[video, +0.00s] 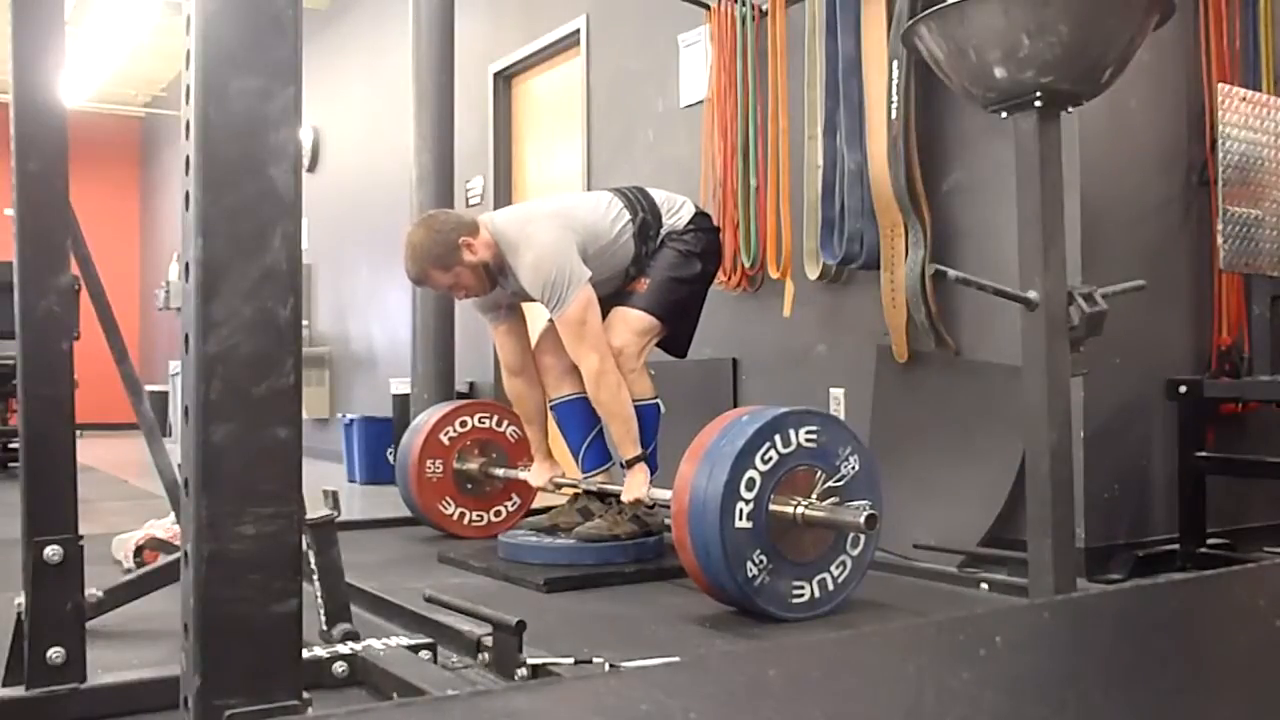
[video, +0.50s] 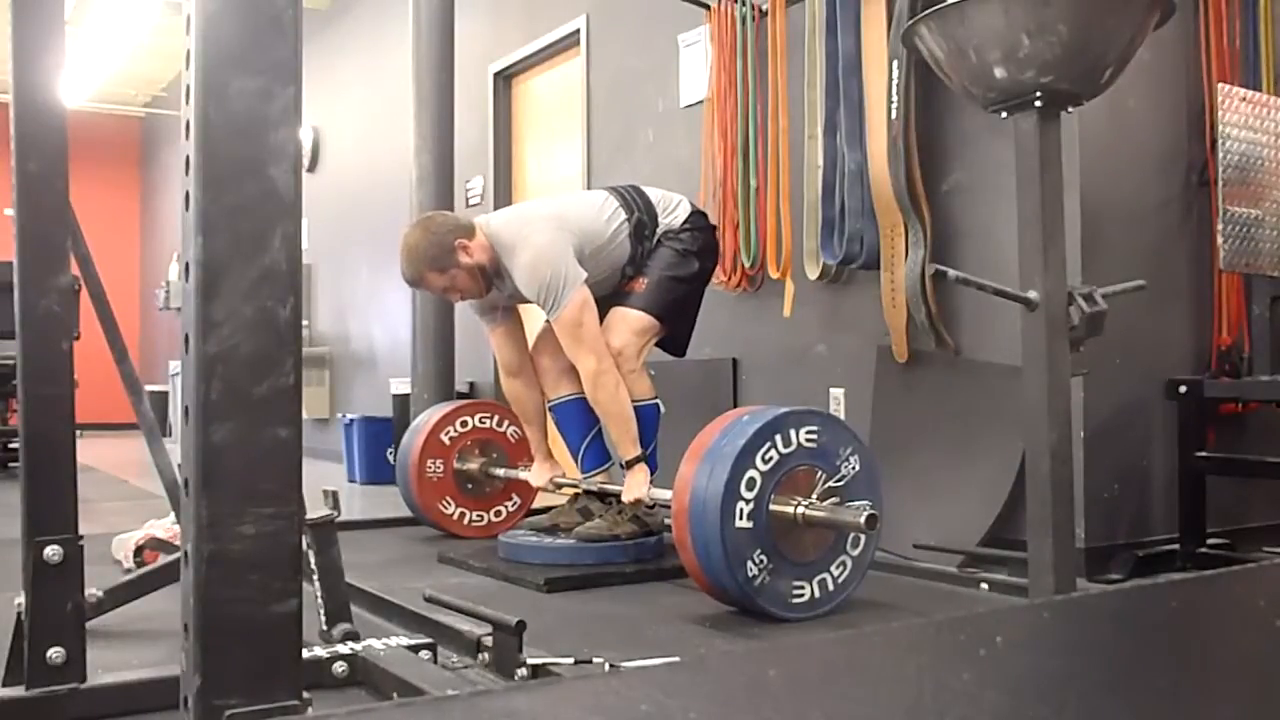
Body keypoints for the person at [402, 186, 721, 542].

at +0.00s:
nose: (458, 298)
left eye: (455, 286)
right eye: (449, 294)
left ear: (470, 248)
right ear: (469, 247)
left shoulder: (540, 250)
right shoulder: (486, 281)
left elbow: (597, 361)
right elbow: (516, 371)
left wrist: (635, 465)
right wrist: (541, 458)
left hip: (680, 233)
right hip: (617, 256)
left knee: (620, 348)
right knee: (549, 356)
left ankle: (639, 494)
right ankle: (600, 490)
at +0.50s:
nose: (454, 300)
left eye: (449, 287)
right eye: (443, 295)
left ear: (465, 251)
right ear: (465, 251)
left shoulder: (535, 250)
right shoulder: (483, 284)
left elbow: (597, 362)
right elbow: (514, 372)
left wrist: (635, 464)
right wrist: (541, 458)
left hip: (677, 232)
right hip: (617, 254)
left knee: (619, 348)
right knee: (548, 356)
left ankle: (639, 496)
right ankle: (600, 491)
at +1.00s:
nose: (450, 295)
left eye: (447, 283)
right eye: (441, 292)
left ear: (464, 245)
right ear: (463, 245)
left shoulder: (541, 260)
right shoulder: (482, 288)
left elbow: (605, 359)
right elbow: (512, 370)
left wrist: (639, 468)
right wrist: (541, 456)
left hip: (672, 254)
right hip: (611, 271)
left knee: (590, 363)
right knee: (531, 365)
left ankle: (633, 494)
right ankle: (599, 488)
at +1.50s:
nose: (441, 280)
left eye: (441, 265)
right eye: (431, 273)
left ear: (464, 232)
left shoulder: (540, 262)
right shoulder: (476, 290)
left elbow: (610, 367)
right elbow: (509, 379)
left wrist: (635, 470)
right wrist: (539, 458)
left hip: (668, 297)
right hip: (605, 310)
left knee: (571, 374)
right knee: (511, 382)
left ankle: (629, 494)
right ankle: (591, 490)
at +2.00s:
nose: (444, 264)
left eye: (444, 250)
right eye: (436, 257)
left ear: (470, 218)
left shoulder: (548, 255)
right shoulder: (490, 279)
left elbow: (608, 361)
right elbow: (519, 372)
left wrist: (637, 468)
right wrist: (540, 456)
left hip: (678, 279)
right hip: (616, 294)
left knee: (584, 368)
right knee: (524, 374)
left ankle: (633, 493)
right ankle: (596, 491)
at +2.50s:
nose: (477, 210)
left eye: (483, 195)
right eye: (472, 199)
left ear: (521, 179)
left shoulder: (585, 237)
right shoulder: (517, 264)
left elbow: (622, 350)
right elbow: (530, 358)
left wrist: (636, 461)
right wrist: (538, 452)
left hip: (702, 292)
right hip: (636, 306)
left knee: (605, 357)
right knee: (541, 364)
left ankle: (630, 500)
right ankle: (597, 492)